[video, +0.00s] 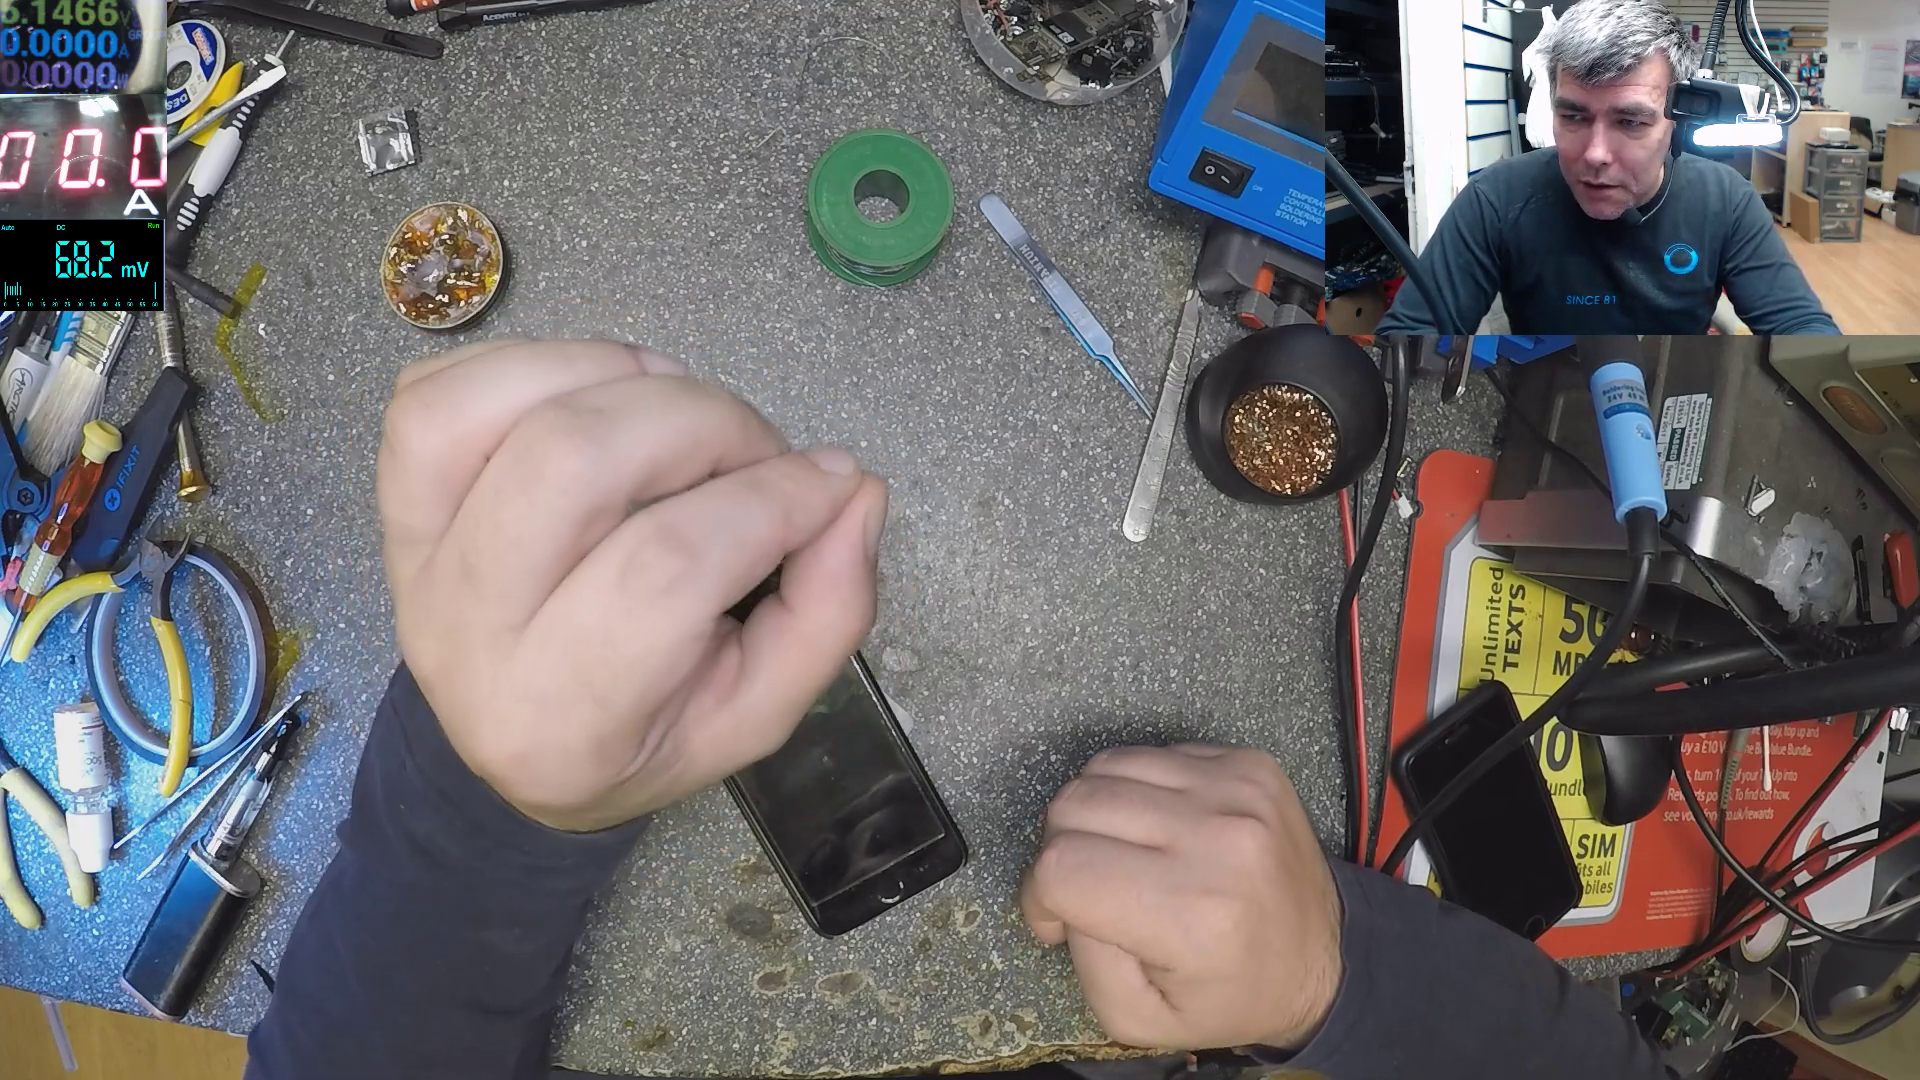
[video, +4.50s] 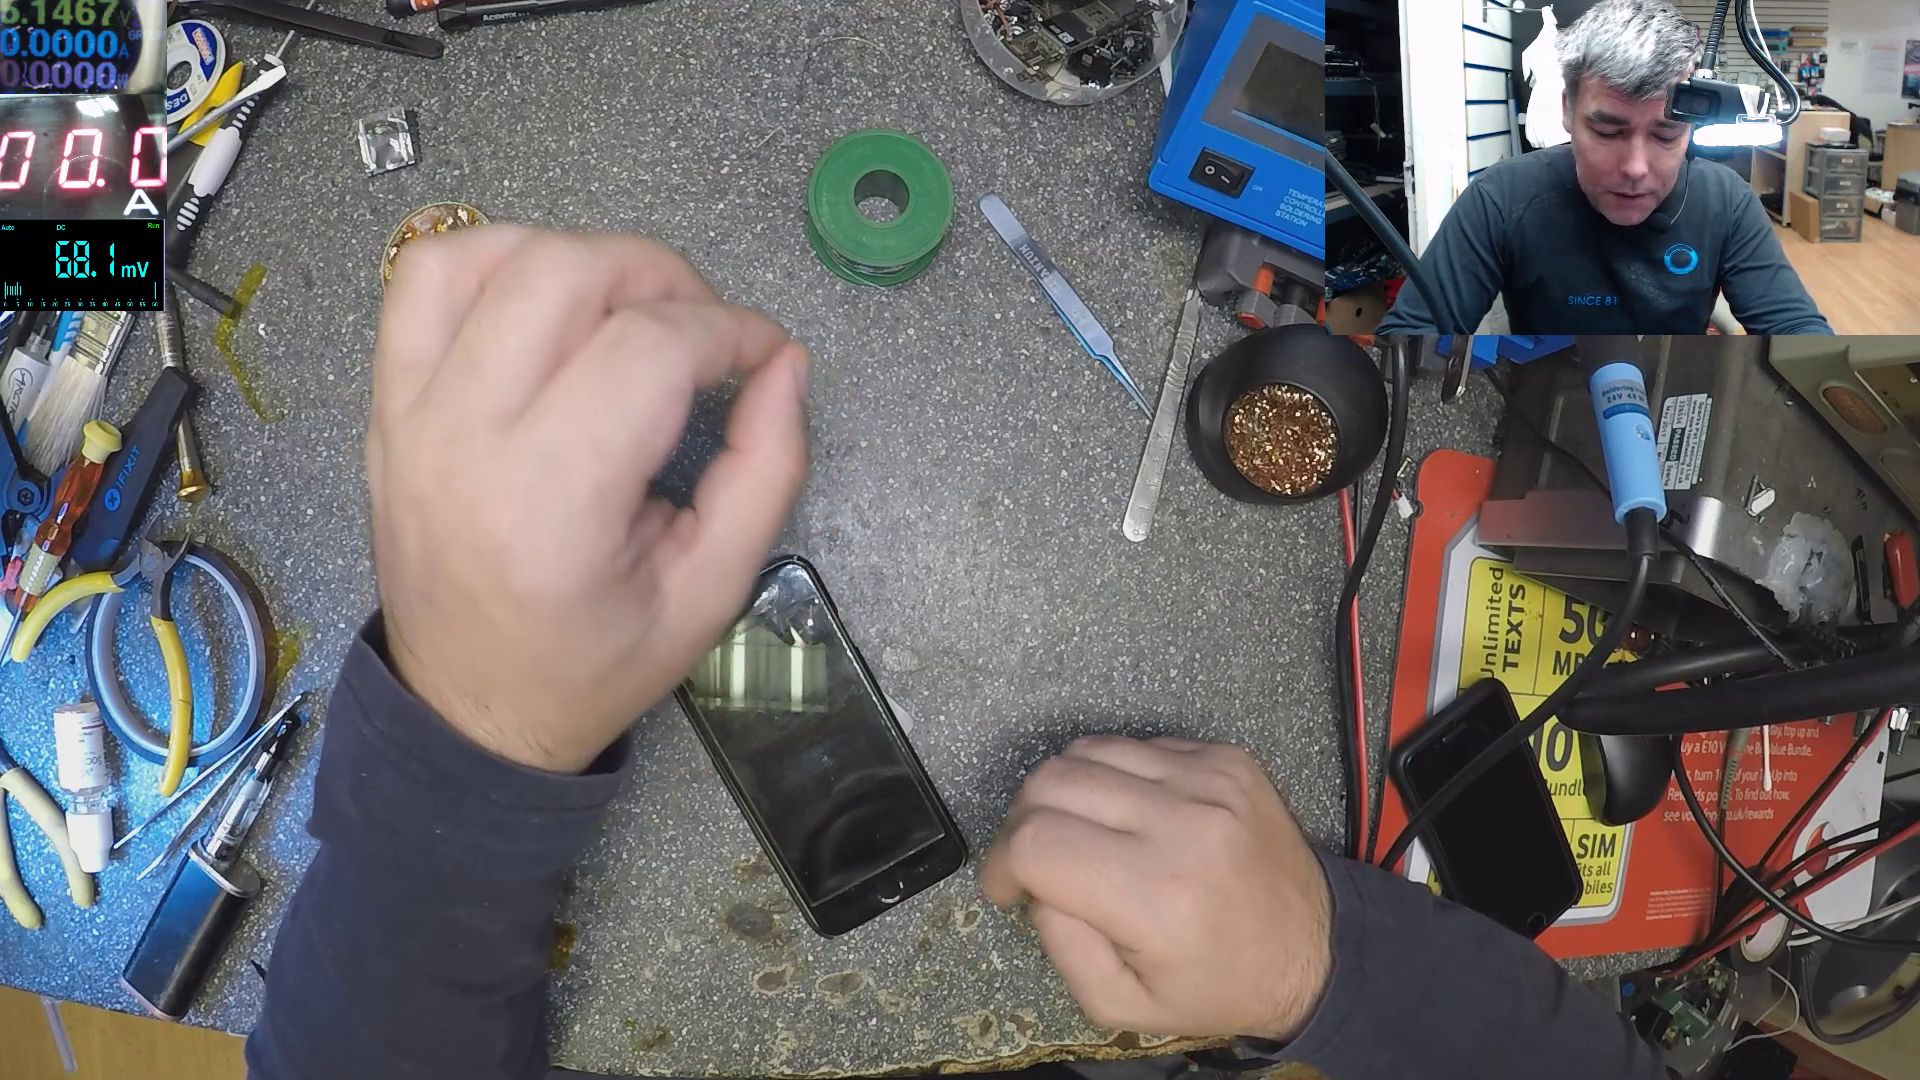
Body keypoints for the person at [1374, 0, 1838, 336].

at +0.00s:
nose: (1596, 155)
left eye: (1631, 122)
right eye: (1575, 116)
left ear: (1671, 118)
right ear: (1549, 109)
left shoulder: (1723, 202)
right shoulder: (1497, 203)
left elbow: (1805, 331)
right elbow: (1406, 335)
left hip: (1680, 420)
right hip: (1544, 421)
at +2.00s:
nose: (1588, 142)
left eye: (1622, 110)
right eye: (1567, 106)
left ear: (1665, 116)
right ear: (1543, 109)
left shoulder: (1720, 199)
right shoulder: (1495, 203)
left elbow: (1802, 329)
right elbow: (1407, 338)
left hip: (1680, 423)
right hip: (1544, 424)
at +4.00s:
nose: (1600, 161)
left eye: (1634, 127)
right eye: (1577, 121)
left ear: (1672, 122)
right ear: (1550, 113)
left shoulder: (1722, 201)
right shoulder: (1497, 203)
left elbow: (1803, 328)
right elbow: (1406, 336)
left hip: (1681, 417)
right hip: (1546, 419)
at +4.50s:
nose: (1636, 169)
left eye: (1665, 135)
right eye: (1609, 130)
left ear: (1691, 126)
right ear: (1568, 117)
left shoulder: (1725, 202)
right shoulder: (1501, 203)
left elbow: (1796, 329)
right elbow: (1406, 334)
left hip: (1681, 420)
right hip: (1547, 420)